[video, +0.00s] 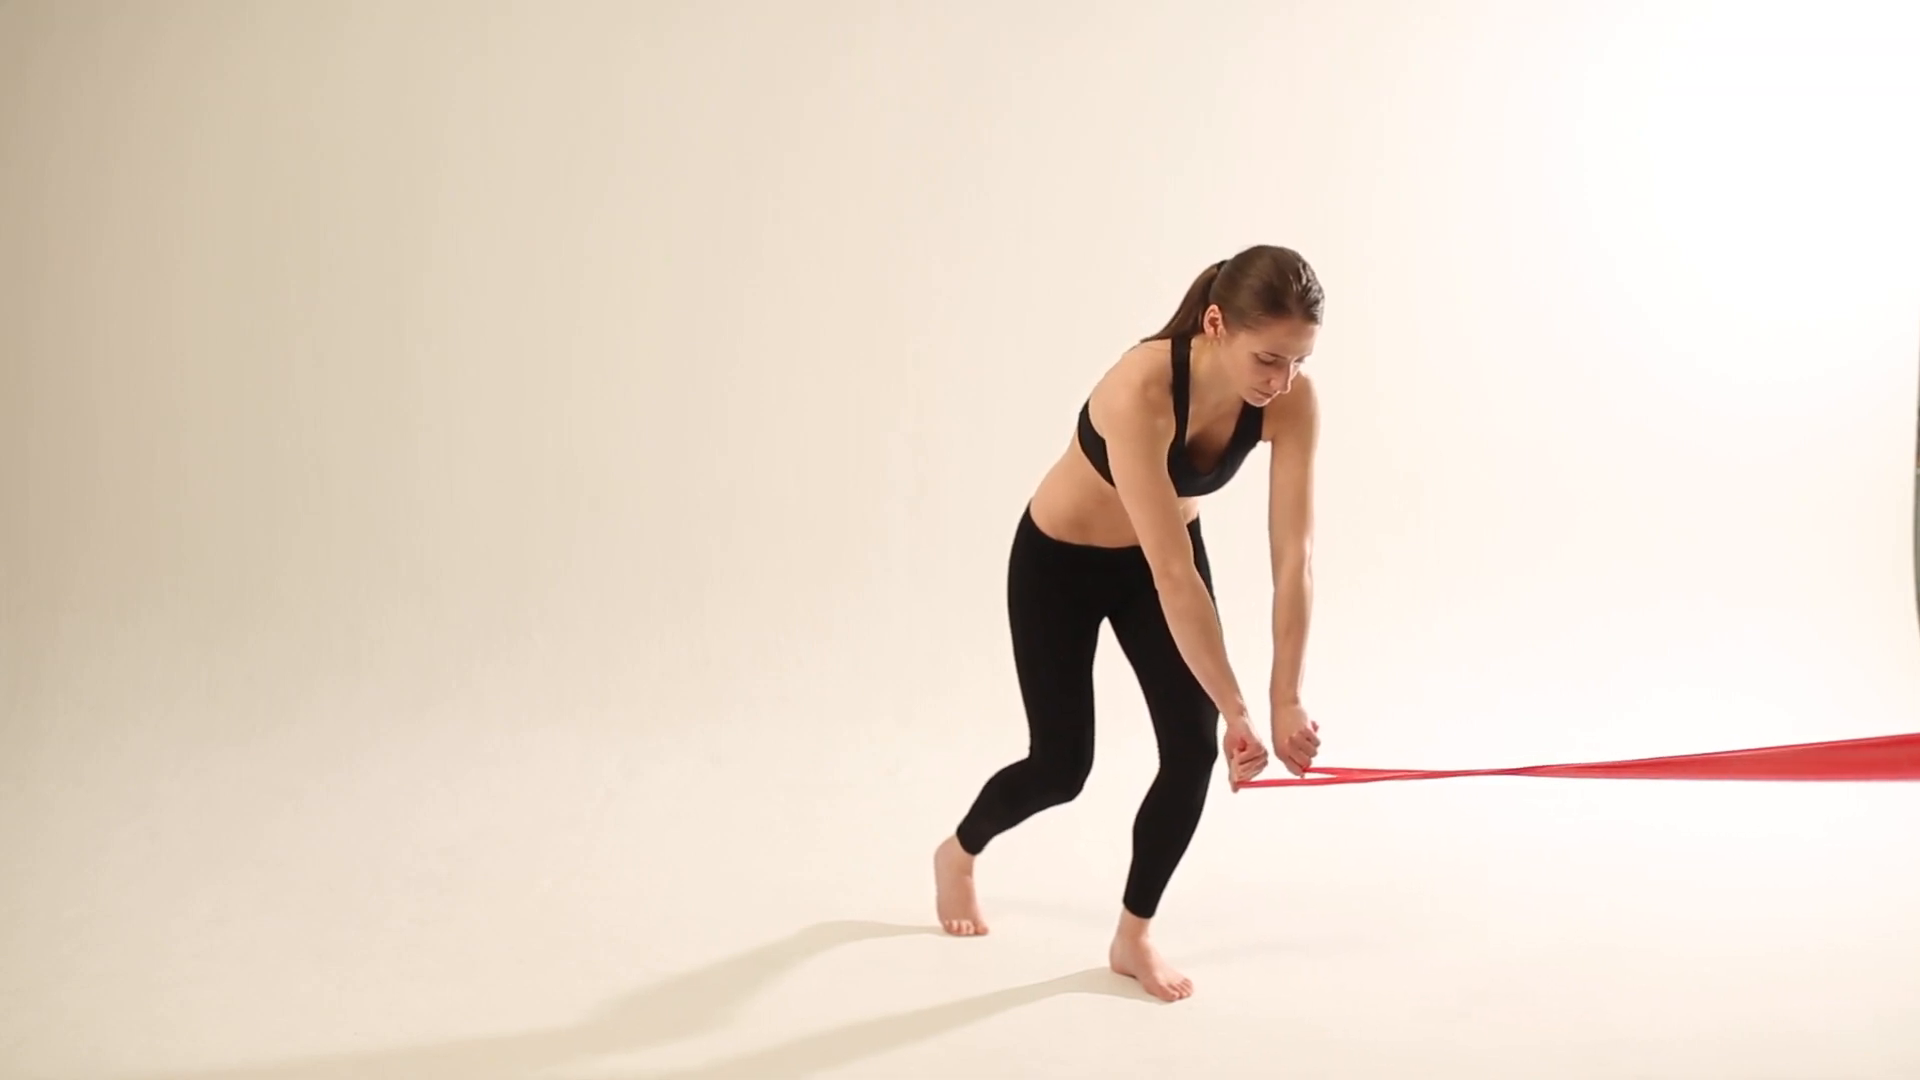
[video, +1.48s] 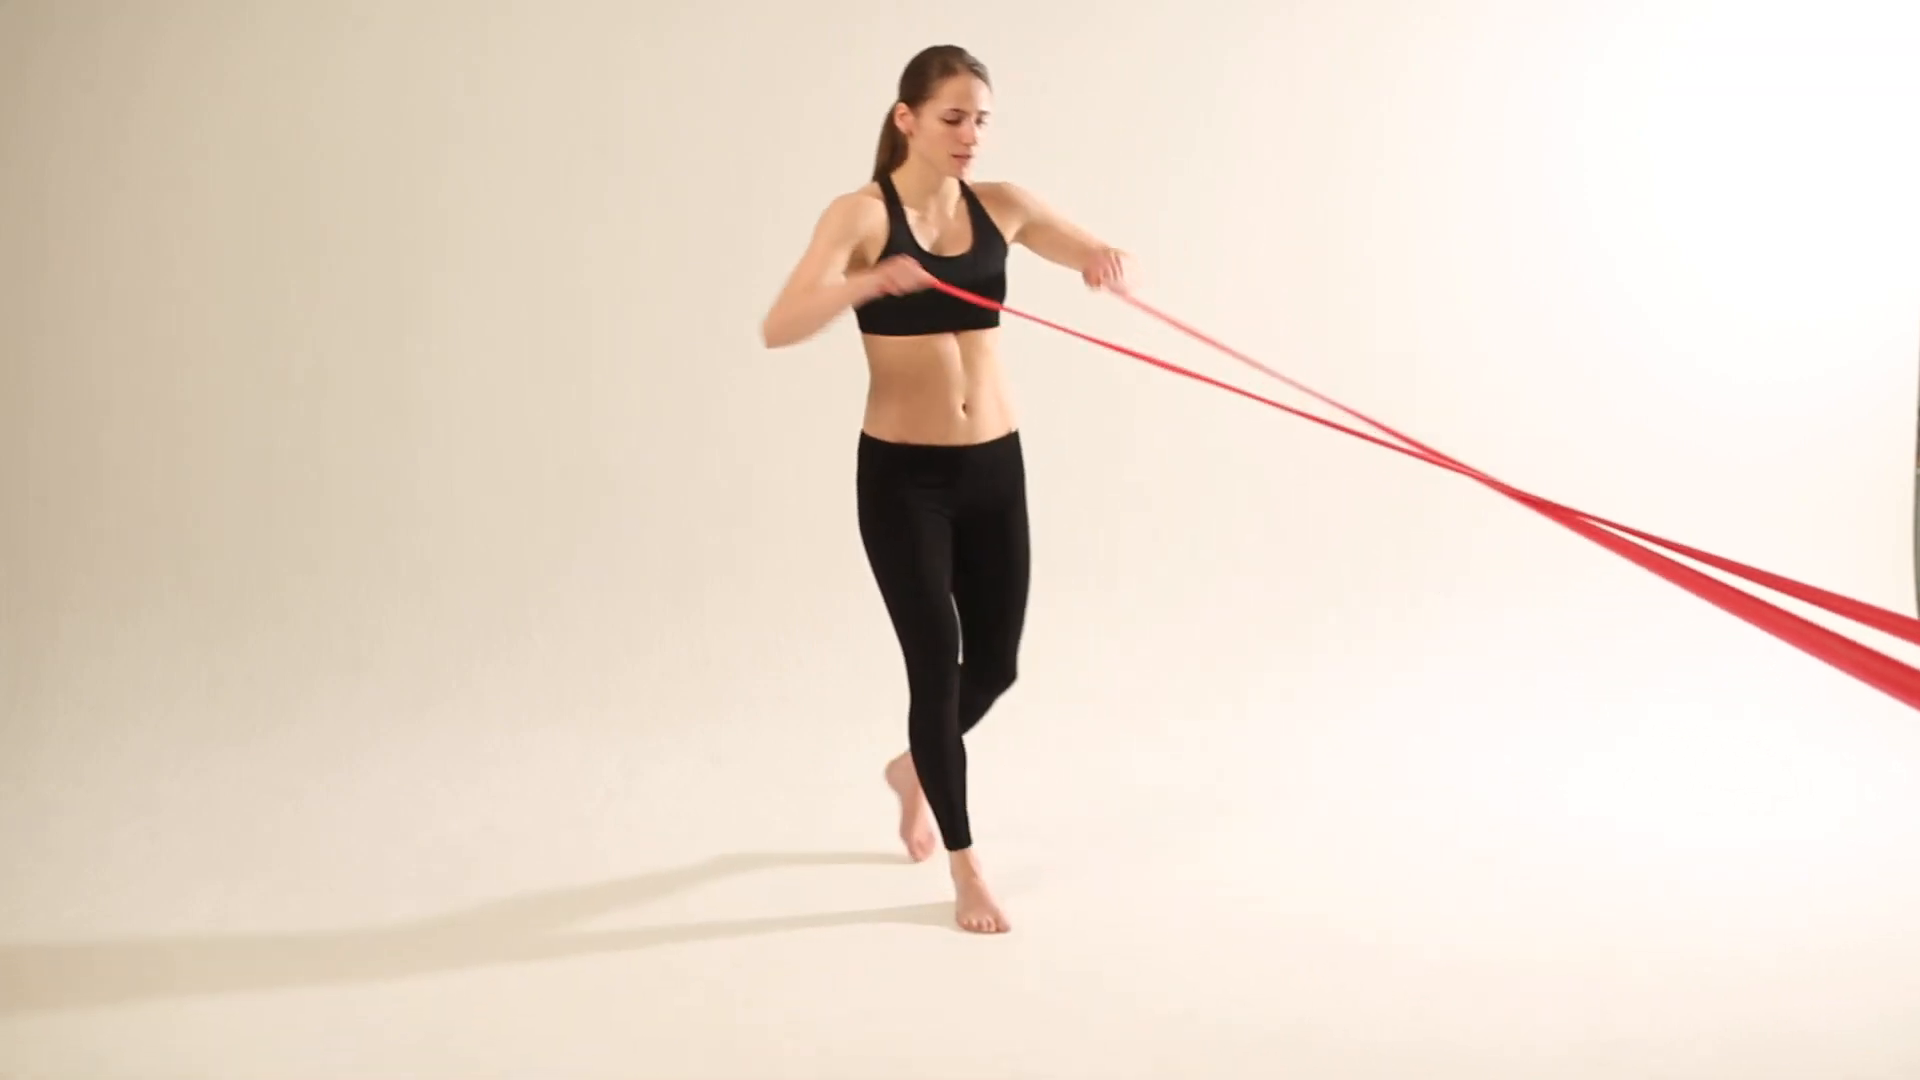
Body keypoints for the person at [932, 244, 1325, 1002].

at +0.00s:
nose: (1284, 379)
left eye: (1297, 361)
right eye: (1270, 358)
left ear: (1310, 342)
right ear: (1214, 325)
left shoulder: (1288, 401)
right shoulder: (1137, 390)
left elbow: (1293, 554)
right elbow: (1174, 577)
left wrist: (1286, 698)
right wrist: (1235, 712)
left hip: (1163, 557)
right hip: (1060, 559)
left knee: (1190, 752)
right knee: (1061, 766)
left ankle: (1133, 932)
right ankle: (958, 850)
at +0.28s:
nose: (1281, 378)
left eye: (1293, 359)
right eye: (1266, 356)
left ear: (1307, 340)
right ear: (1211, 323)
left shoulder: (1283, 398)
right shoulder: (1133, 388)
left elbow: (1289, 553)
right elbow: (1171, 574)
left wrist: (1282, 695)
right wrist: (1233, 708)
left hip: (1159, 557)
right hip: (1057, 560)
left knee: (1190, 749)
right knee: (1061, 766)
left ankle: (1133, 931)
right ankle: (957, 851)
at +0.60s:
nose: (1241, 334)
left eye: (1253, 315)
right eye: (1226, 312)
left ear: (1263, 301)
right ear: (1174, 283)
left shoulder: (1249, 361)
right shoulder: (1099, 363)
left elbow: (1264, 512)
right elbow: (1146, 536)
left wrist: (1269, 649)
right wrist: (1214, 662)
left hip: (1145, 554)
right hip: (1042, 556)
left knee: (1180, 744)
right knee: (1058, 763)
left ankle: (1133, 931)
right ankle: (967, 847)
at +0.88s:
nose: (1155, 265)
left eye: (1166, 246)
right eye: (1139, 243)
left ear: (1175, 241)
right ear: (1087, 226)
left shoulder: (1168, 309)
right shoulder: (1028, 318)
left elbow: (1199, 442)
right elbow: (1080, 468)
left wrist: (1221, 567)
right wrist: (1158, 582)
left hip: (1095, 544)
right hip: (995, 546)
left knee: (1147, 723)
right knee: (1031, 746)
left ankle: (1133, 929)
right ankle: (973, 856)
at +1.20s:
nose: (1040, 170)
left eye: (1050, 153)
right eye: (1025, 151)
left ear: (1056, 157)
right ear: (973, 147)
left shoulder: (1058, 235)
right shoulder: (922, 240)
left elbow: (1143, 334)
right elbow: (915, 381)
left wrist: (1132, 395)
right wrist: (1035, 414)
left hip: (1023, 492)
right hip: (925, 499)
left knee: (1076, 676)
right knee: (964, 690)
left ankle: (1033, 839)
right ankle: (971, 874)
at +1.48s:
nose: (970, 134)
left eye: (979, 119)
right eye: (954, 118)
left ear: (986, 122)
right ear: (906, 119)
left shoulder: (999, 204)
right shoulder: (861, 214)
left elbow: (1091, 254)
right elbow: (778, 327)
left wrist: (1107, 266)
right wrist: (864, 281)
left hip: (995, 469)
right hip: (903, 474)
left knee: (994, 665)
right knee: (936, 671)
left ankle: (914, 765)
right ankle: (965, 870)